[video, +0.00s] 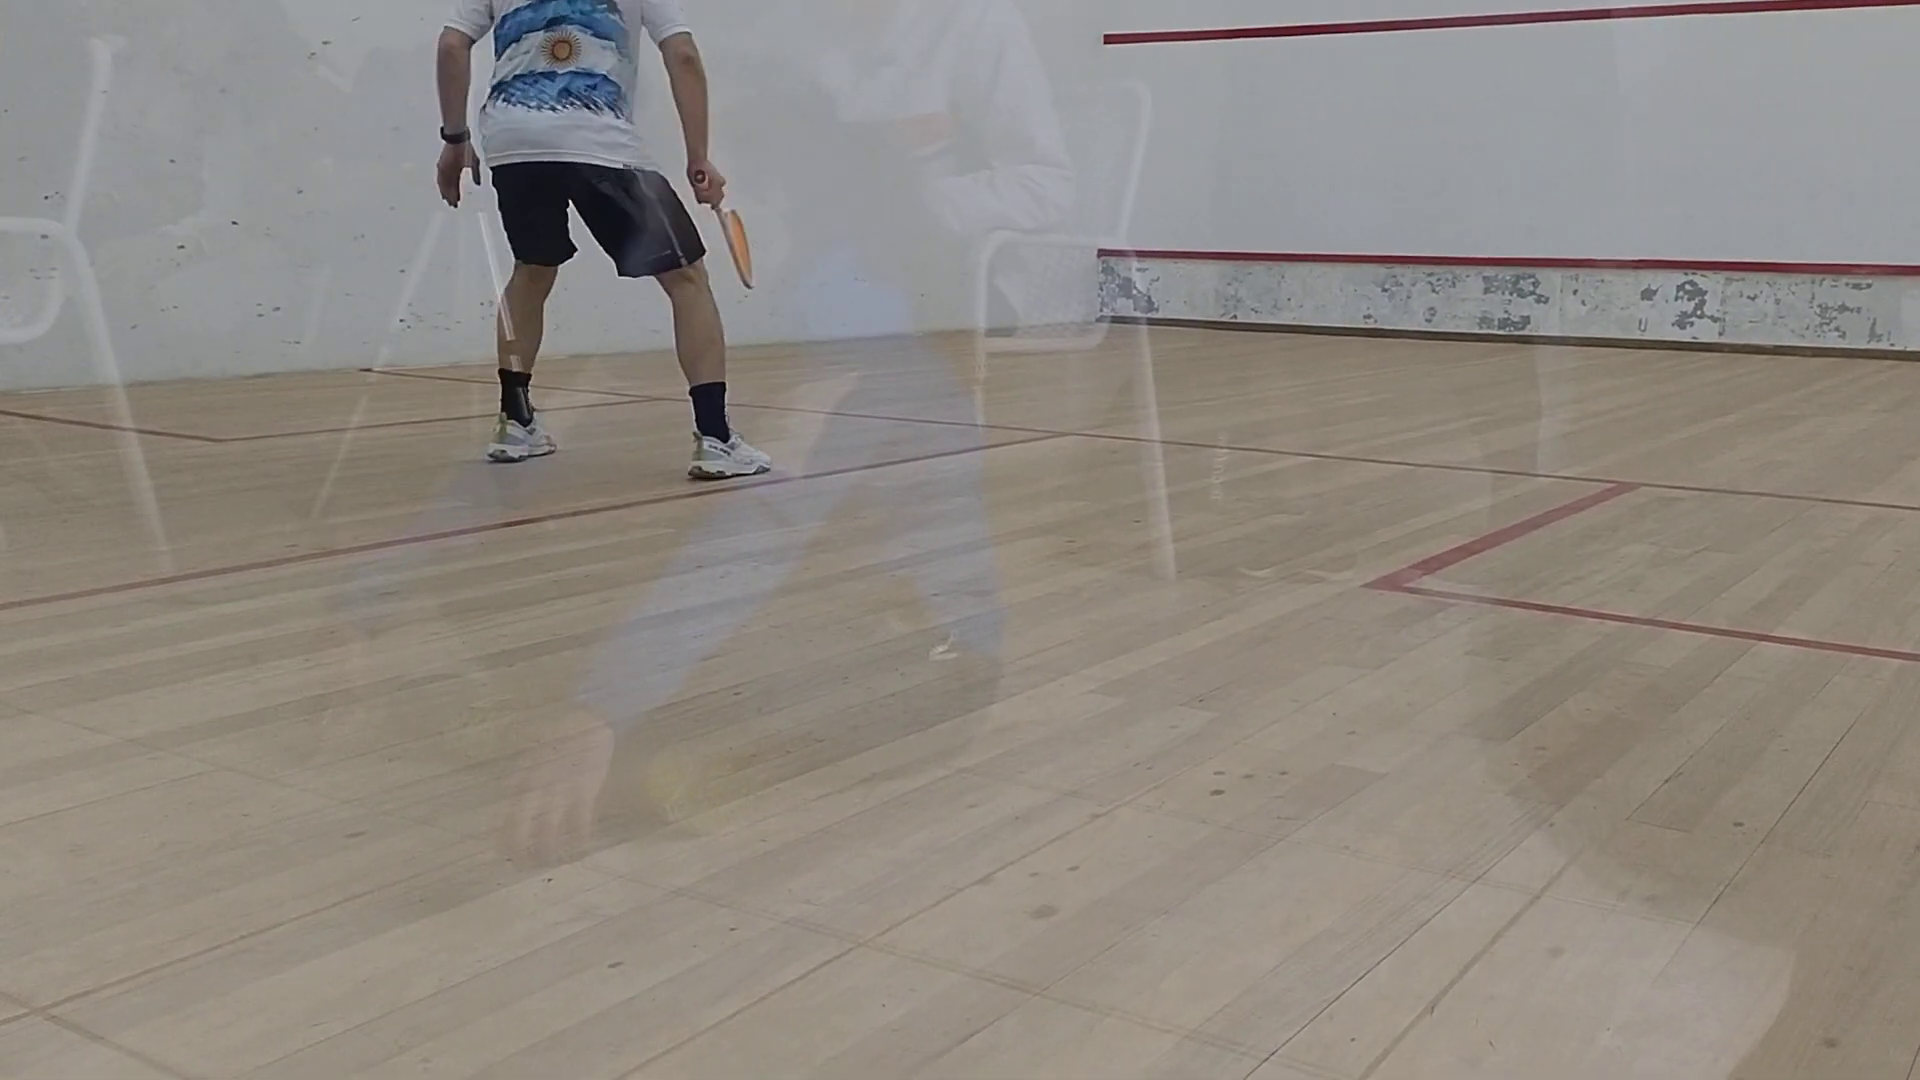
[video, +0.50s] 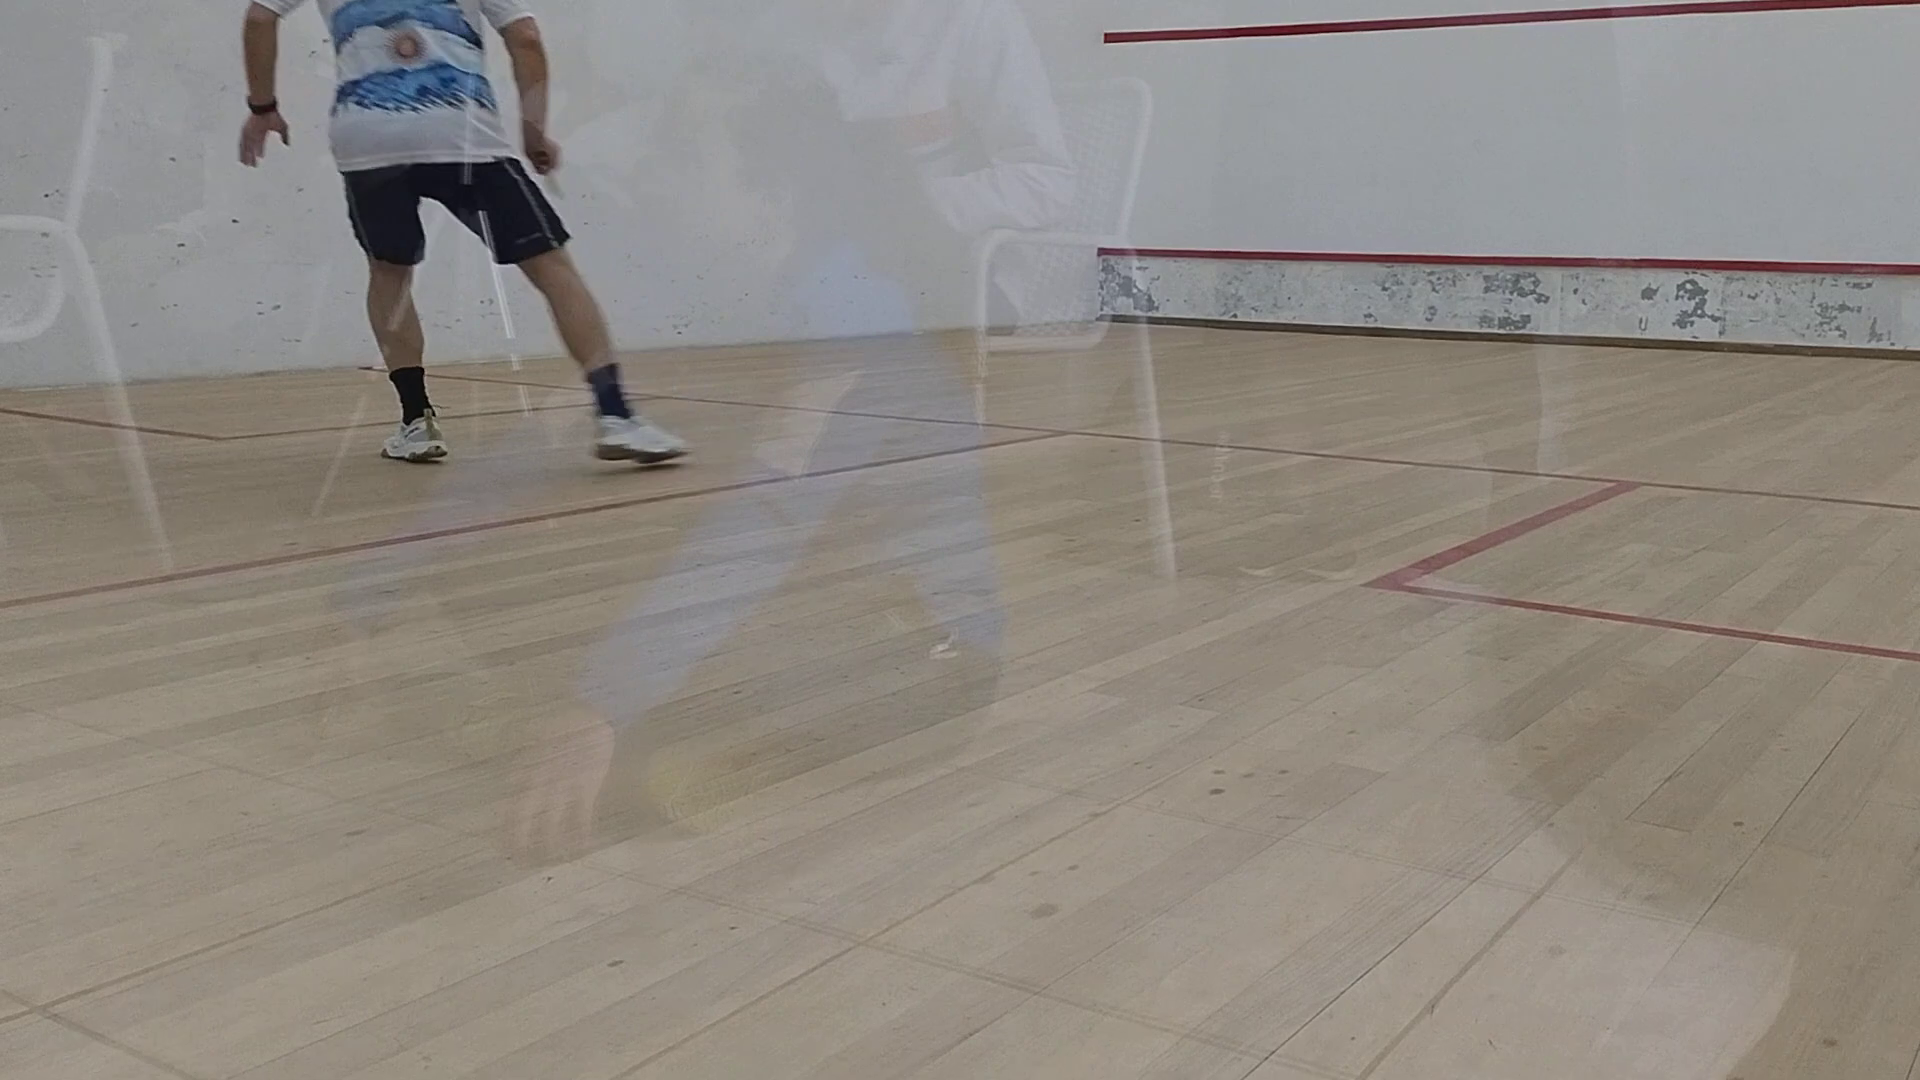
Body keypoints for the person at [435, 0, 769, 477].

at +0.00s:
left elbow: (452, 41)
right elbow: (683, 54)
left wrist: (455, 136)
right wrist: (698, 157)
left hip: (510, 143)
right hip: (597, 139)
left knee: (532, 270)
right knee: (686, 280)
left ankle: (515, 423)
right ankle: (715, 439)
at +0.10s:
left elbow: (456, 34)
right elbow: (690, 48)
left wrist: (455, 134)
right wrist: (712, 154)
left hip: (506, 137)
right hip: (599, 136)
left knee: (515, 263)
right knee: (681, 278)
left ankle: (509, 416)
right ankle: (714, 437)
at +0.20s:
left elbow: (446, 39)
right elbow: (684, 52)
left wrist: (441, 142)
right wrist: (711, 159)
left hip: (493, 141)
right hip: (589, 141)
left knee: (495, 258)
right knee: (676, 279)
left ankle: (476, 412)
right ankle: (714, 436)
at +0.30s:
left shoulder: (471, 5)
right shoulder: (617, 4)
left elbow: (411, 63)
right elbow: (659, 69)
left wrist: (401, 160)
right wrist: (691, 174)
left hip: (481, 165)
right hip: (579, 161)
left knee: (463, 269)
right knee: (676, 286)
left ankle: (434, 415)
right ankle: (714, 434)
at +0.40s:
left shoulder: (402, 4)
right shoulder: (553, 1)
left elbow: (338, 65)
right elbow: (598, 63)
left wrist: (333, 151)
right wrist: (630, 162)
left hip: (438, 170)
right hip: (538, 164)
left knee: (425, 281)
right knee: (640, 290)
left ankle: (424, 424)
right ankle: (712, 428)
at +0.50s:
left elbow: (258, 17)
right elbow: (525, 35)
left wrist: (261, 106)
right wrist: (535, 126)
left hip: (365, 147)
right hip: (462, 134)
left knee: (389, 275)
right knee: (554, 271)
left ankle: (416, 420)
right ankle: (617, 413)